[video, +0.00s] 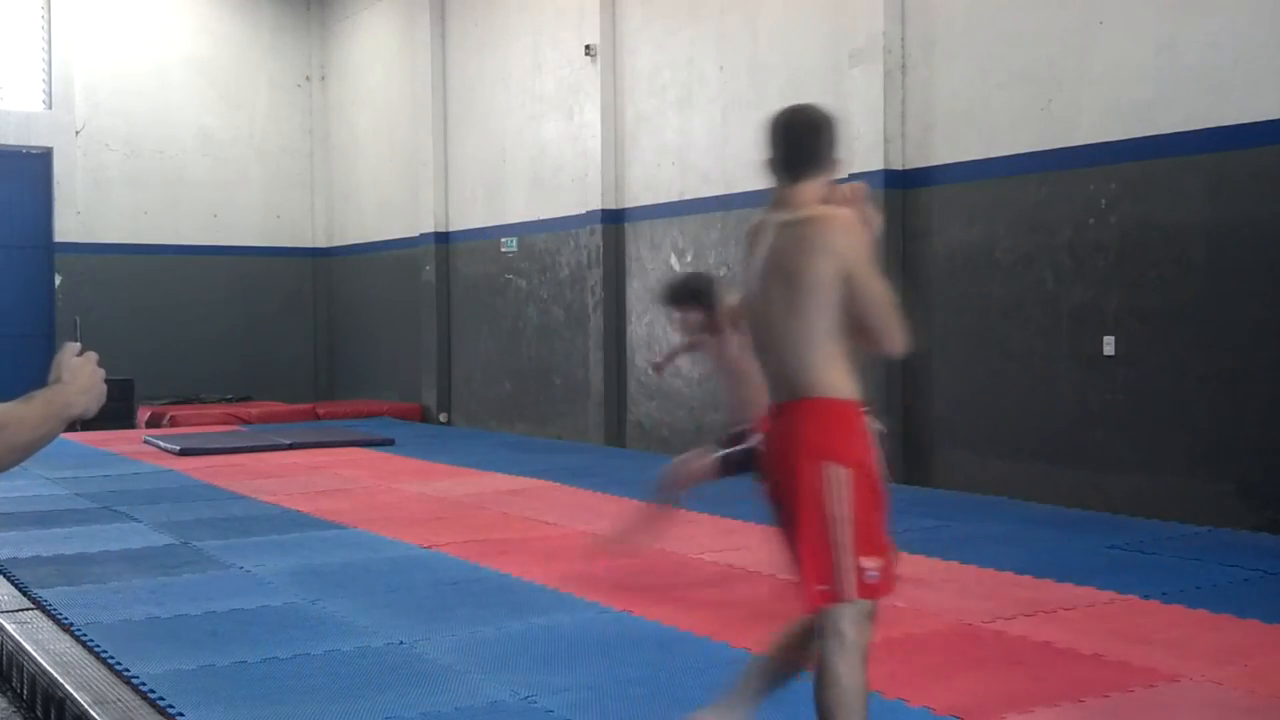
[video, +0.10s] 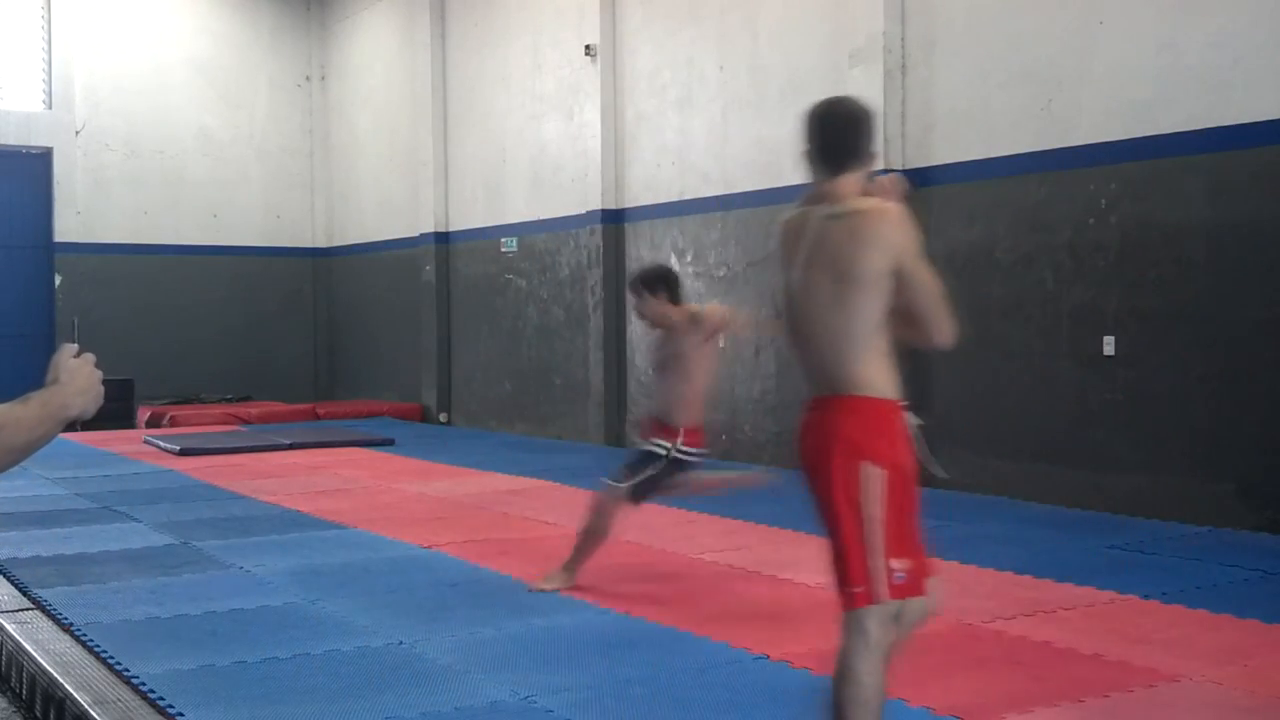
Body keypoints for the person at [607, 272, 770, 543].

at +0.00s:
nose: (680, 323)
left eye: (685, 314)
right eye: (678, 314)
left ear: (704, 312)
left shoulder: (732, 339)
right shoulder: (718, 339)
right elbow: (691, 344)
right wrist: (666, 361)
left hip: (760, 440)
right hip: (749, 436)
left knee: (678, 474)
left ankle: (628, 538)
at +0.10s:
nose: (637, 310)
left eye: (640, 301)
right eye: (635, 302)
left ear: (660, 297)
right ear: (660, 299)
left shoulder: (698, 319)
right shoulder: (669, 332)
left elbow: (750, 323)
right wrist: (648, 423)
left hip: (676, 445)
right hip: (659, 439)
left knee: (609, 497)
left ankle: (568, 572)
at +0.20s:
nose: (622, 283)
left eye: (628, 276)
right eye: (621, 277)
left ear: (648, 277)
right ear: (637, 281)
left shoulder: (676, 320)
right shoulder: (631, 321)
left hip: (642, 422)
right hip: (611, 405)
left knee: (590, 489)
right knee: (547, 449)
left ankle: (559, 570)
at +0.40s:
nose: (597, 231)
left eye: (596, 229)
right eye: (590, 228)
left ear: (559, 249)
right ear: (571, 229)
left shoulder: (590, 260)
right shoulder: (577, 235)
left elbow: (616, 276)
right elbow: (596, 206)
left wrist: (644, 257)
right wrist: (605, 200)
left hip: (582, 334)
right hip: (600, 310)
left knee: (588, 413)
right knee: (643, 317)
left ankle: (540, 476)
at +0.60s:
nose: (532, 254)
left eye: (531, 250)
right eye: (525, 254)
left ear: (530, 249)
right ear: (516, 260)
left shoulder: (556, 267)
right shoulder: (522, 286)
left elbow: (571, 241)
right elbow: (559, 296)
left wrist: (537, 237)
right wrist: (527, 267)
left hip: (604, 295)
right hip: (585, 319)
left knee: (622, 243)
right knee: (585, 290)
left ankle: (688, 272)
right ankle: (642, 333)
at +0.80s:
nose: (487, 387)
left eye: (483, 383)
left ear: (485, 378)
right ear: (481, 346)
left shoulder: (521, 390)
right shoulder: (505, 329)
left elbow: (567, 410)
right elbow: (518, 280)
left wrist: (568, 449)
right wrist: (524, 249)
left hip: (609, 351)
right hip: (593, 313)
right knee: (566, 272)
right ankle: (622, 242)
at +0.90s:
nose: (505, 428)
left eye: (500, 423)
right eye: (499, 426)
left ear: (504, 412)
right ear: (501, 394)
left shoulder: (541, 415)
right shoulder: (523, 361)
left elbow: (576, 451)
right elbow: (533, 314)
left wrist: (592, 504)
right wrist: (505, 310)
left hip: (599, 397)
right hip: (594, 362)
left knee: (569, 463)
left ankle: (563, 534)